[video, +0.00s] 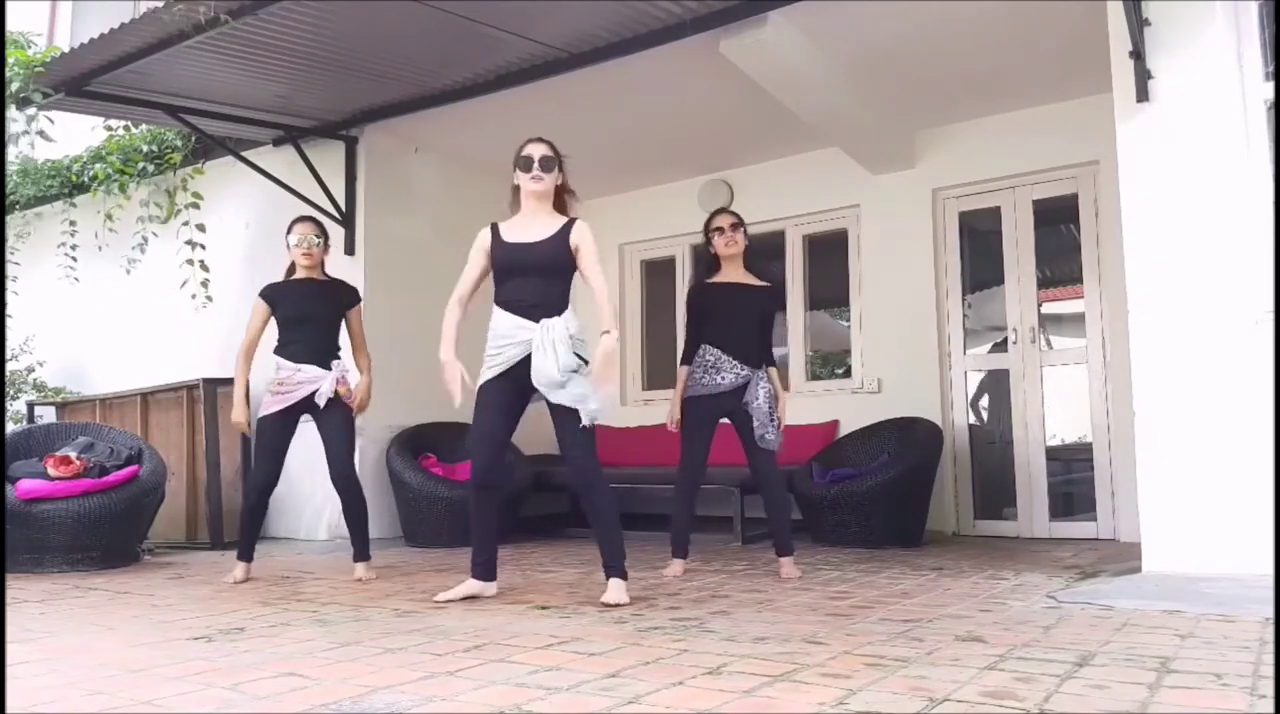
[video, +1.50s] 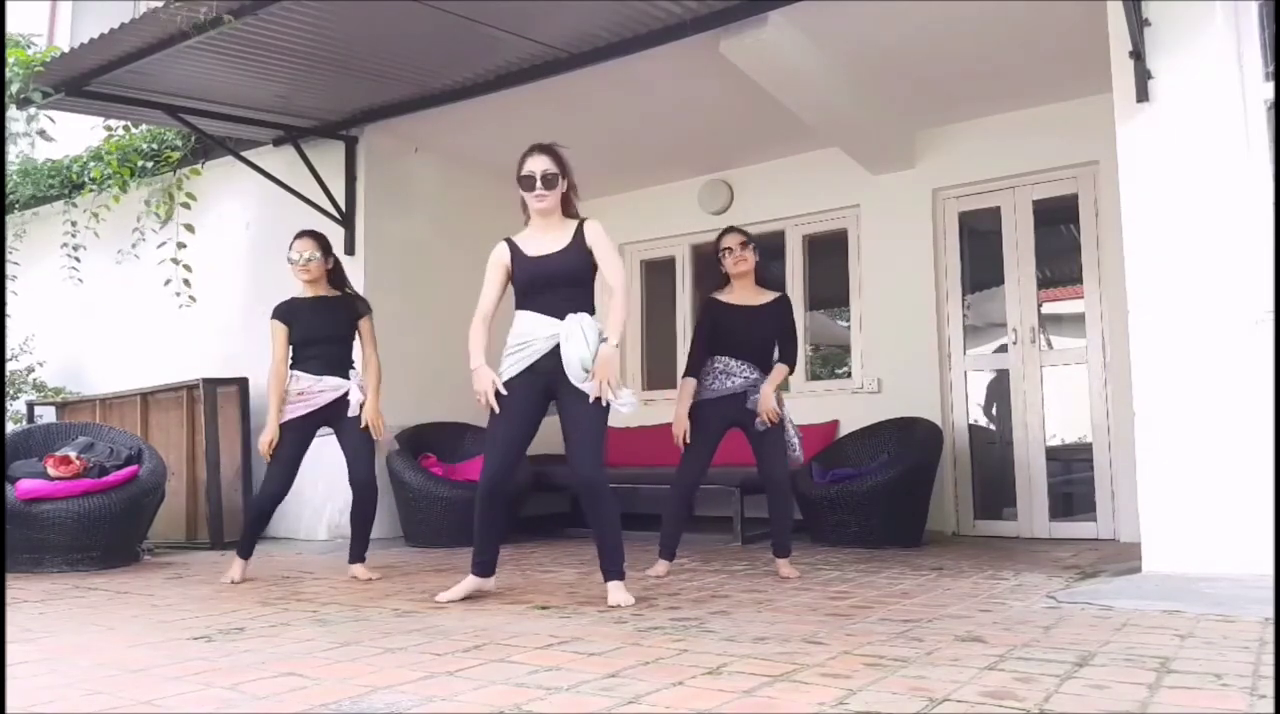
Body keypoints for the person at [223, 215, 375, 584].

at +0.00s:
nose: (307, 244)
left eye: (314, 239)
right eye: (299, 239)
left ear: (326, 247)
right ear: (289, 249)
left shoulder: (344, 292)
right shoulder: (274, 292)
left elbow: (358, 345)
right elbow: (247, 348)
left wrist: (365, 379)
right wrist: (239, 400)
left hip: (331, 388)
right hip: (285, 388)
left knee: (344, 475)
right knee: (263, 479)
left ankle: (362, 560)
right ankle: (243, 561)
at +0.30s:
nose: (304, 255)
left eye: (312, 249)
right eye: (296, 249)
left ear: (322, 256)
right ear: (285, 255)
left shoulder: (337, 302)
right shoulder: (267, 297)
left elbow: (349, 355)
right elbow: (254, 354)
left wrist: (357, 399)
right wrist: (249, 407)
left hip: (325, 394)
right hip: (276, 393)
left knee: (348, 474)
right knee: (258, 483)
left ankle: (357, 561)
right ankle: (245, 564)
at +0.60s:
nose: (309, 253)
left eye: (316, 246)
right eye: (300, 248)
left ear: (327, 251)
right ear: (290, 255)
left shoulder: (344, 297)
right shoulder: (278, 296)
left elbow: (354, 346)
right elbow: (260, 353)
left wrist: (360, 381)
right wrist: (255, 404)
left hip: (334, 392)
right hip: (286, 392)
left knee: (353, 473)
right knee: (266, 477)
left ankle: (356, 561)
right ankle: (241, 560)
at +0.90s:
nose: (295, 259)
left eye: (304, 254)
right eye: (289, 252)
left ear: (316, 261)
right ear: (279, 257)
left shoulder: (329, 306)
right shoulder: (260, 300)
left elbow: (341, 365)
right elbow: (245, 357)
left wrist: (330, 401)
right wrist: (239, 409)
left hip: (310, 397)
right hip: (264, 396)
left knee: (337, 469)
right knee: (242, 480)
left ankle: (359, 555)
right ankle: (247, 562)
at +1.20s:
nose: (296, 254)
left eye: (305, 248)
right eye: (290, 247)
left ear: (319, 255)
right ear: (283, 252)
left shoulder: (329, 294)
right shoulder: (274, 297)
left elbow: (355, 354)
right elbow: (266, 347)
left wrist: (342, 395)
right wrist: (249, 382)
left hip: (312, 389)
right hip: (269, 389)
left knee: (333, 475)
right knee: (246, 476)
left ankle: (374, 550)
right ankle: (248, 562)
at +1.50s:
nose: (302, 265)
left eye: (310, 258)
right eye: (295, 259)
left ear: (328, 262)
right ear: (290, 264)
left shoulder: (353, 304)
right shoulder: (285, 311)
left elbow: (371, 357)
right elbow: (278, 370)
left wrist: (372, 401)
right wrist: (272, 422)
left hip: (346, 400)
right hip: (299, 401)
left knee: (364, 480)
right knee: (274, 486)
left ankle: (358, 562)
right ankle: (241, 556)